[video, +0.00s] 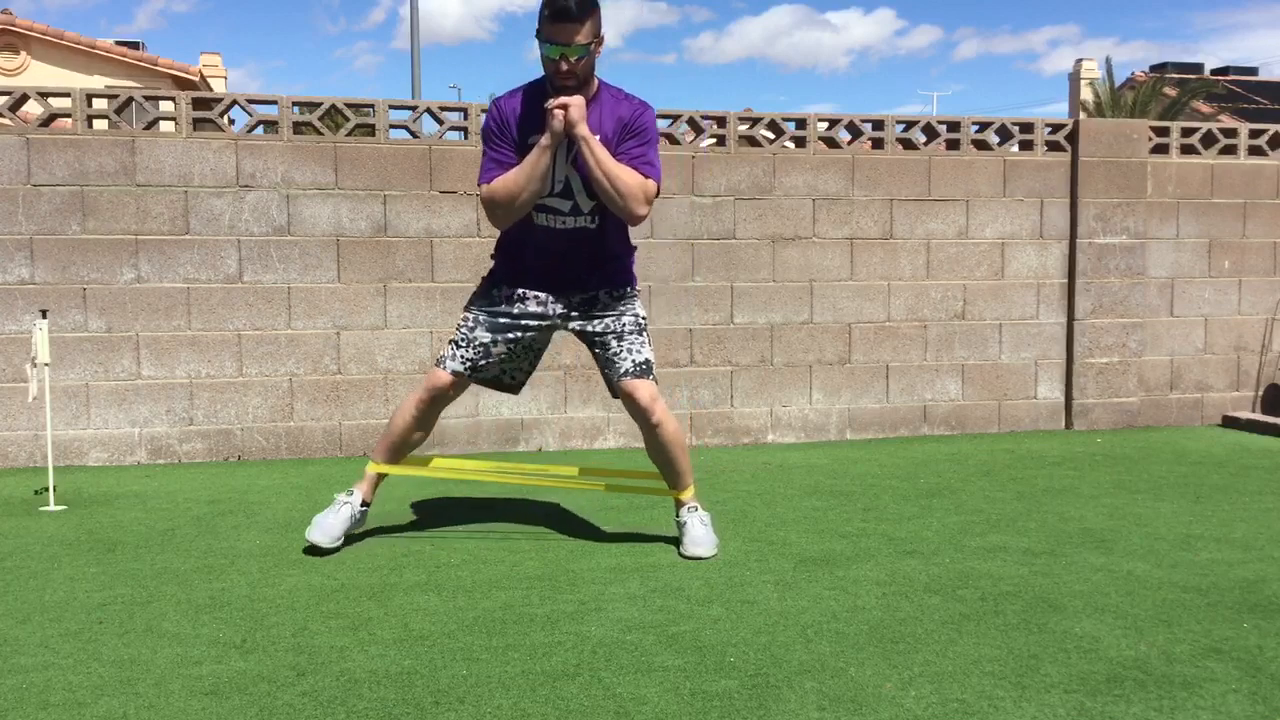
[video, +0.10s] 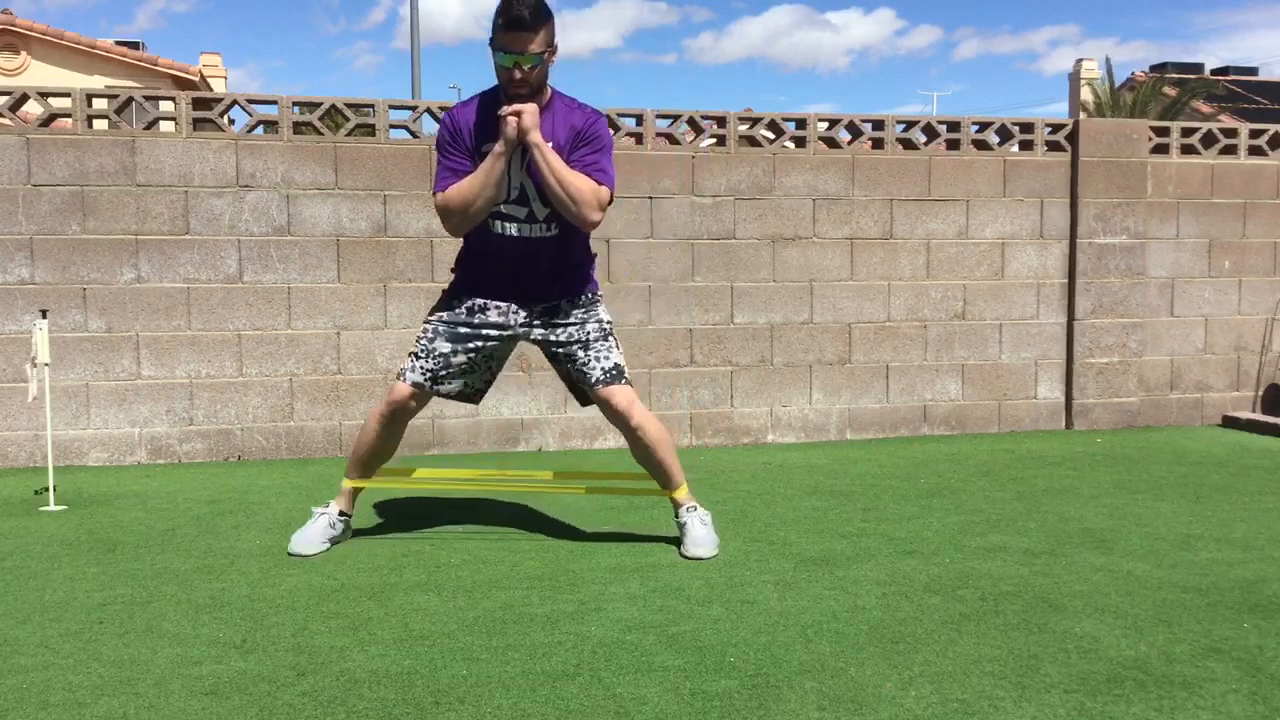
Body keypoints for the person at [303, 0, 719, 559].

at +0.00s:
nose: (565, 63)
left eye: (578, 51)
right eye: (554, 50)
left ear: (599, 44)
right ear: (540, 41)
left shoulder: (630, 113)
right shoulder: (510, 110)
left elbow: (636, 206)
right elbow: (498, 212)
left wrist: (583, 135)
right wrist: (550, 140)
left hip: (605, 288)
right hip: (518, 282)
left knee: (644, 399)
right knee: (438, 384)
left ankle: (690, 507)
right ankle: (359, 496)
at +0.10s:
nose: (518, 70)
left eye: (531, 58)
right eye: (507, 58)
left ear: (552, 52)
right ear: (492, 51)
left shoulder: (584, 124)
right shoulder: (462, 121)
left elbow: (590, 211)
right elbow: (453, 218)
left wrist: (535, 142)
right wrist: (504, 148)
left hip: (565, 295)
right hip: (480, 291)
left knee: (620, 402)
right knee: (400, 397)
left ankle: (688, 509)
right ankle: (340, 508)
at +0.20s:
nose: (463, 67)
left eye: (478, 55)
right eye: (452, 54)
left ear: (498, 49)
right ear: (438, 45)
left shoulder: (531, 120)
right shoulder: (408, 112)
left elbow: (531, 208)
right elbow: (390, 209)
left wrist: (477, 135)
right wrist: (444, 141)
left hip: (516, 290)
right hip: (431, 287)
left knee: (575, 388)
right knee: (357, 393)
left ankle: (671, 498)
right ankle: (332, 510)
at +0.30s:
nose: (416, 56)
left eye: (429, 46)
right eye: (407, 44)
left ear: (453, 39)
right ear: (394, 34)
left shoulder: (489, 109)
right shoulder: (365, 99)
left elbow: (485, 201)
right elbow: (340, 194)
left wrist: (431, 127)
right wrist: (398, 129)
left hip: (479, 275)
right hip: (396, 275)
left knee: (526, 377)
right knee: (341, 387)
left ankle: (608, 490)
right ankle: (330, 509)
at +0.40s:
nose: (383, 47)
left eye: (395, 36)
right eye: (373, 34)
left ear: (423, 29)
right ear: (362, 25)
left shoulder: (462, 97)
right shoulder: (337, 90)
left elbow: (458, 190)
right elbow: (315, 186)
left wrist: (402, 116)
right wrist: (368, 119)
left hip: (453, 257)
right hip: (376, 260)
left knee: (482, 370)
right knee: (333, 383)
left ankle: (537, 488)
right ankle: (330, 508)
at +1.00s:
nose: (355, 43)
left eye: (367, 31)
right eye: (345, 31)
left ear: (395, 24)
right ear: (332, 26)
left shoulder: (443, 91)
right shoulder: (322, 96)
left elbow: (443, 184)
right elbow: (311, 195)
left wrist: (381, 115)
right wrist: (350, 123)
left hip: (455, 257)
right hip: (377, 264)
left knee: (512, 365)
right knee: (336, 383)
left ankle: (596, 489)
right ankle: (329, 508)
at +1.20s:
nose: (421, 63)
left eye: (434, 51)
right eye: (410, 51)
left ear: (457, 47)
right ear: (398, 47)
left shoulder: (503, 113)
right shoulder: (384, 120)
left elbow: (507, 202)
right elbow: (370, 213)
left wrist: (444, 134)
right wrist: (414, 141)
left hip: (512, 284)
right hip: (428, 288)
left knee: (574, 391)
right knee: (365, 398)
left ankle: (655, 506)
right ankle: (332, 509)